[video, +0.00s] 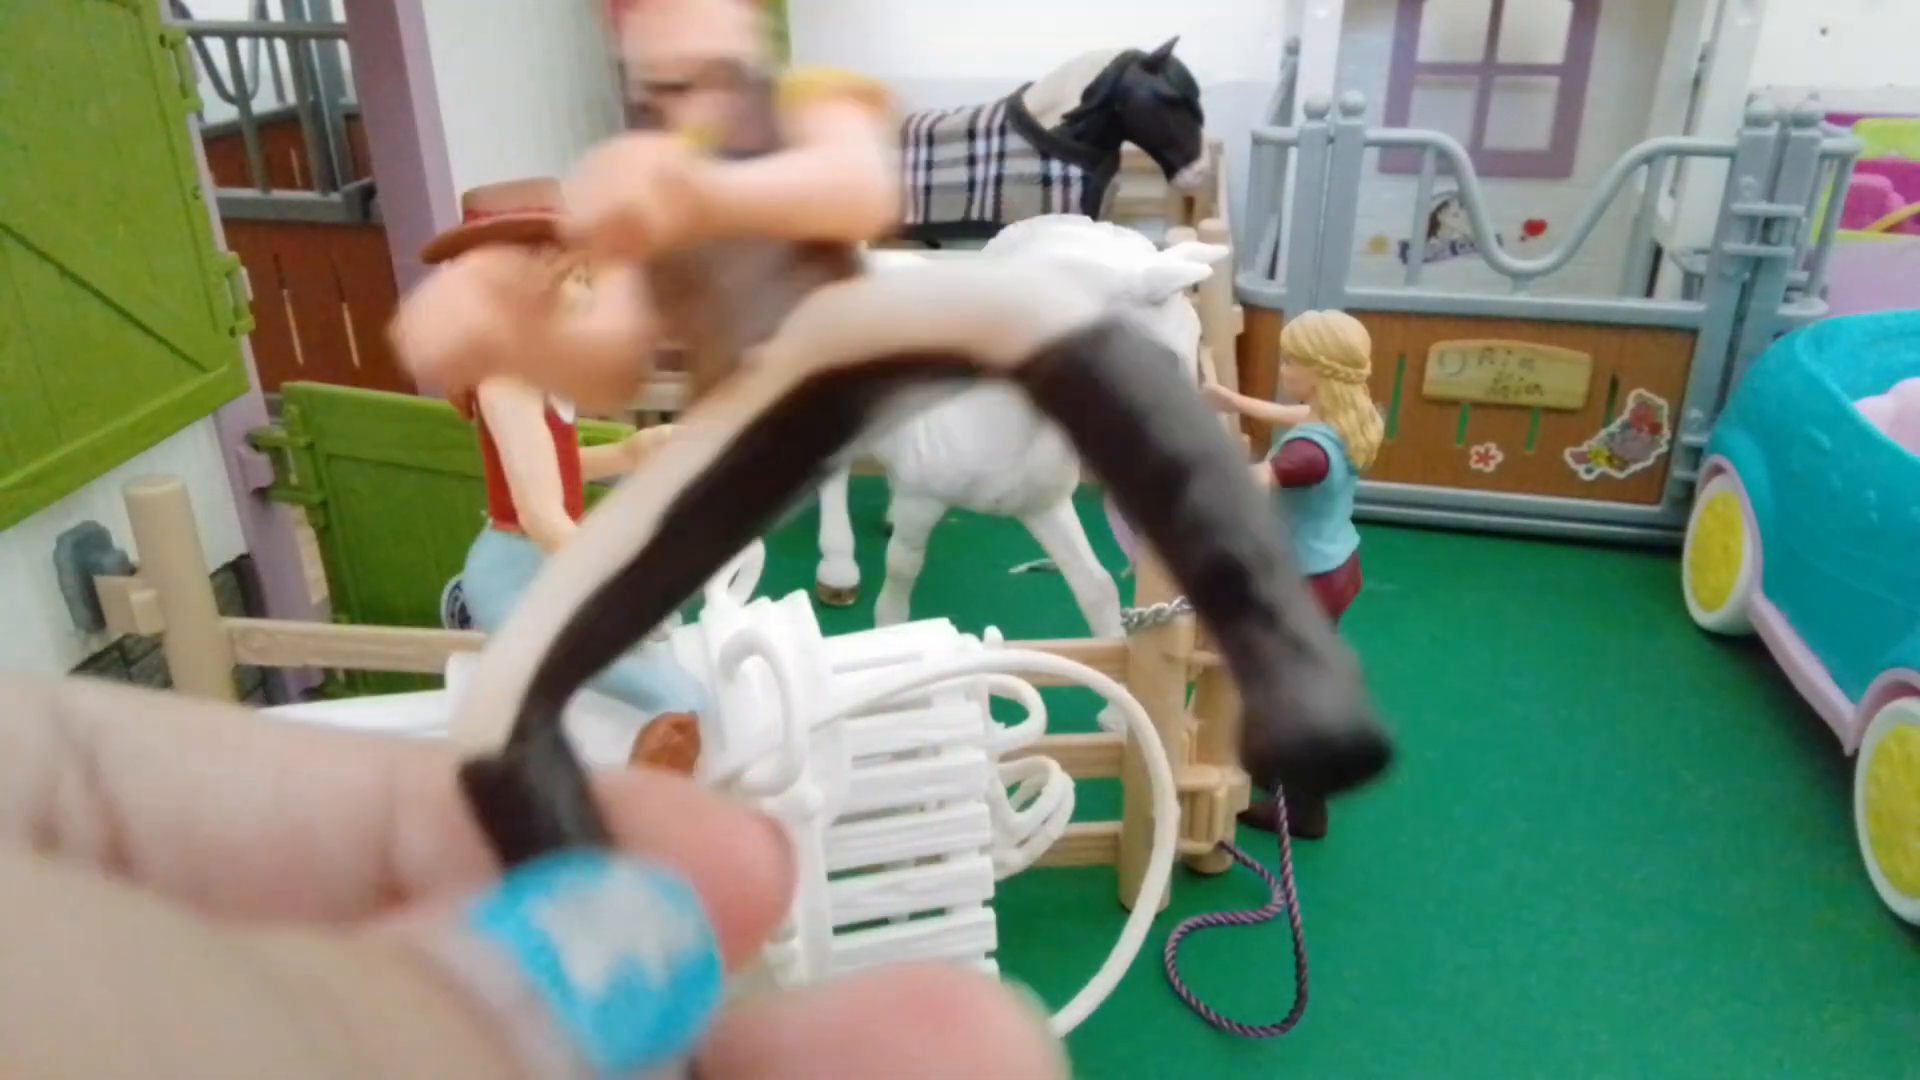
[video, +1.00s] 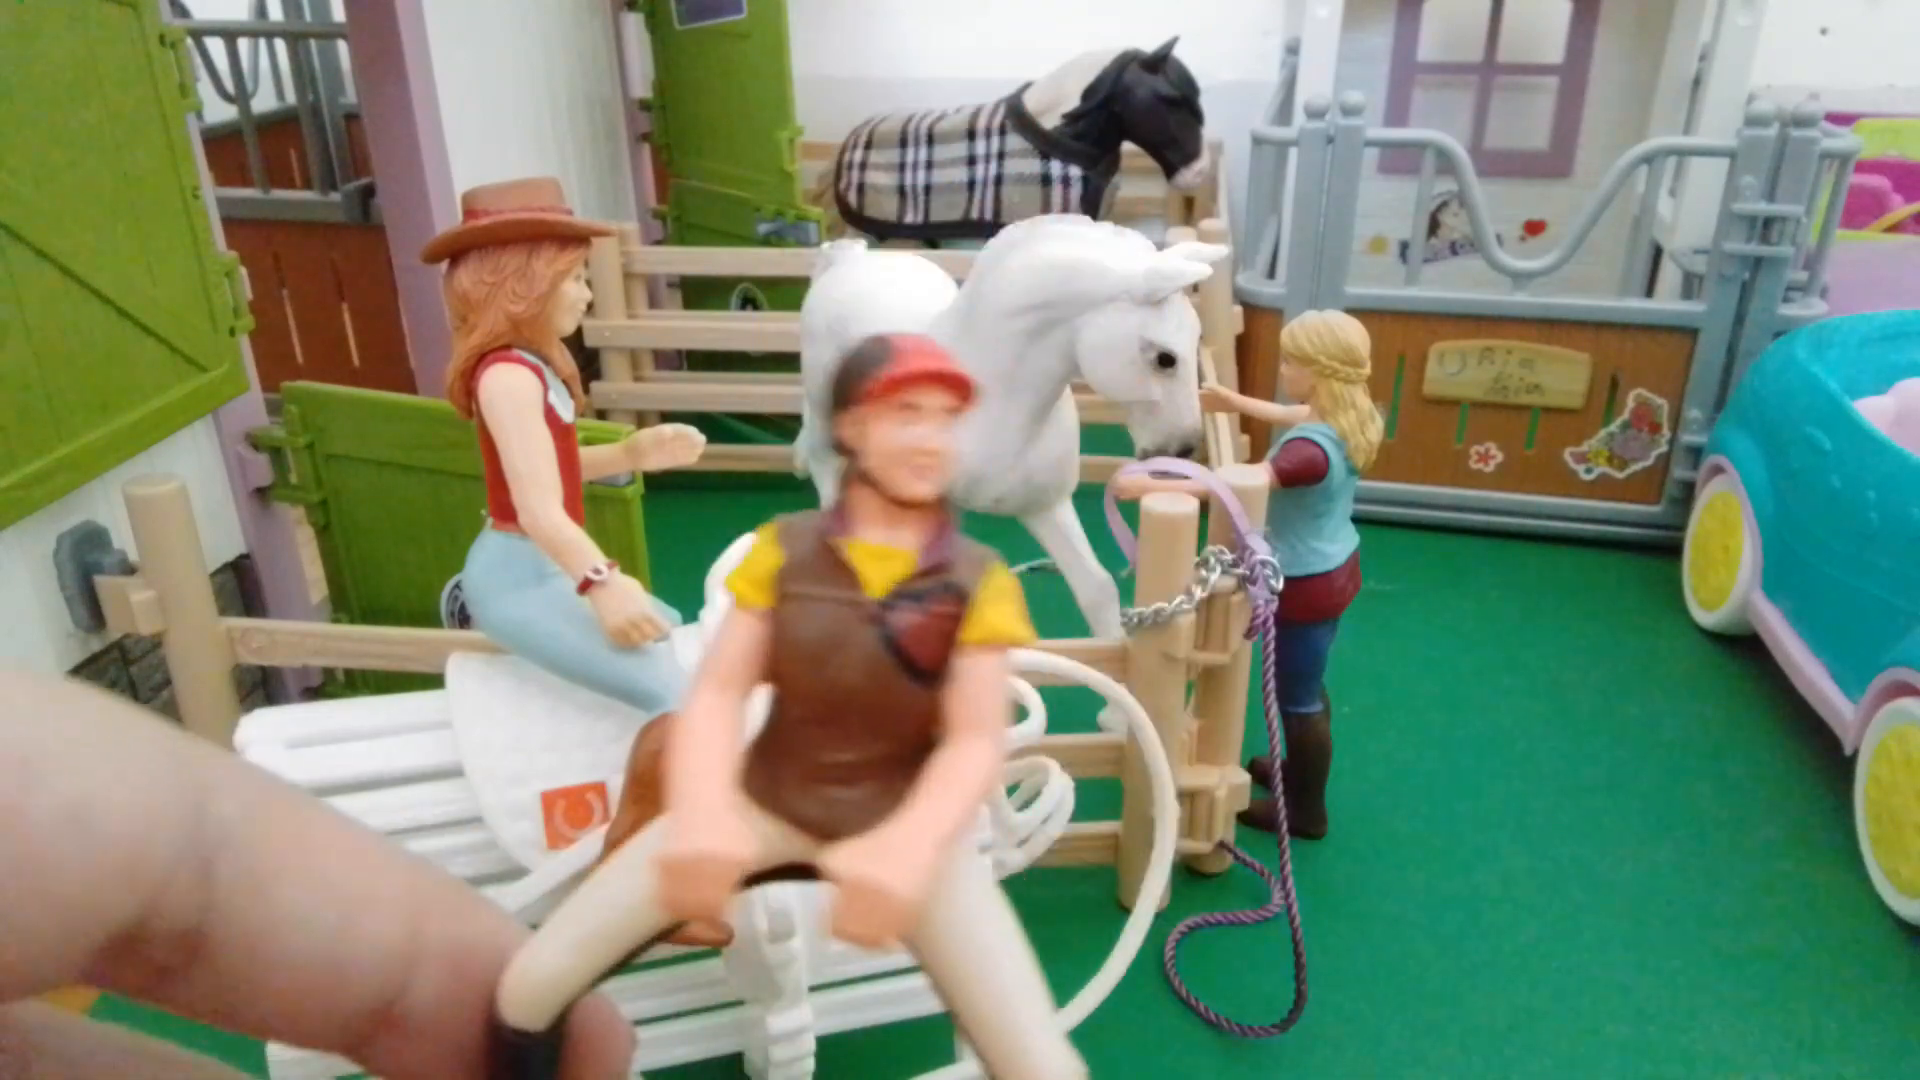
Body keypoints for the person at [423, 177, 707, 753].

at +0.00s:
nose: (583, 297)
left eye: (584, 279)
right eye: (570, 280)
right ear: (526, 277)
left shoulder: (543, 378)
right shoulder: (504, 382)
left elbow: (549, 470)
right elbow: (543, 520)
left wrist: (623, 454)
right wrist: (633, 581)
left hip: (548, 561)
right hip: (514, 573)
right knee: (680, 697)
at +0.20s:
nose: (588, 294)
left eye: (585, 278)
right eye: (577, 278)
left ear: (535, 288)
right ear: (529, 285)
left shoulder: (537, 369)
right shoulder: (508, 377)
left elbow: (553, 466)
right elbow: (539, 512)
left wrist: (627, 456)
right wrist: (605, 582)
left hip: (552, 561)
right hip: (518, 575)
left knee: (693, 654)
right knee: (671, 682)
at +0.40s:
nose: (588, 294)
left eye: (585, 278)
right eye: (577, 279)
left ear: (530, 289)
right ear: (528, 287)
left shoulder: (536, 370)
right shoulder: (510, 377)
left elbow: (553, 470)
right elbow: (539, 513)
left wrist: (631, 454)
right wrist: (604, 583)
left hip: (548, 561)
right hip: (517, 574)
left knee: (681, 633)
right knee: (683, 696)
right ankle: (634, 849)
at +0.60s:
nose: (588, 294)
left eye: (585, 278)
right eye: (577, 279)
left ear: (531, 288)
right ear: (530, 287)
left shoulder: (537, 369)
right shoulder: (510, 377)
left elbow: (553, 470)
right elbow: (537, 510)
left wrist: (627, 455)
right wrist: (602, 583)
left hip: (550, 558)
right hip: (516, 575)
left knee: (682, 634)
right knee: (685, 696)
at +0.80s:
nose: (587, 294)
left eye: (585, 276)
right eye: (575, 278)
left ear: (535, 287)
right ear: (526, 286)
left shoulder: (543, 368)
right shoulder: (509, 377)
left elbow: (554, 468)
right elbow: (537, 512)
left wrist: (635, 453)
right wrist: (604, 583)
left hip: (553, 562)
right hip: (516, 576)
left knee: (702, 659)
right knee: (680, 695)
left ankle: (671, 885)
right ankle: (624, 888)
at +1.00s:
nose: (588, 293)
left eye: (585, 276)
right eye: (576, 277)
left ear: (537, 285)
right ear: (528, 285)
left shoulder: (543, 366)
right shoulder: (510, 377)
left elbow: (554, 468)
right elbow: (537, 511)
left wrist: (635, 453)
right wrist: (604, 584)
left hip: (555, 560)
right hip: (517, 576)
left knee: (696, 653)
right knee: (679, 690)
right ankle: (641, 876)